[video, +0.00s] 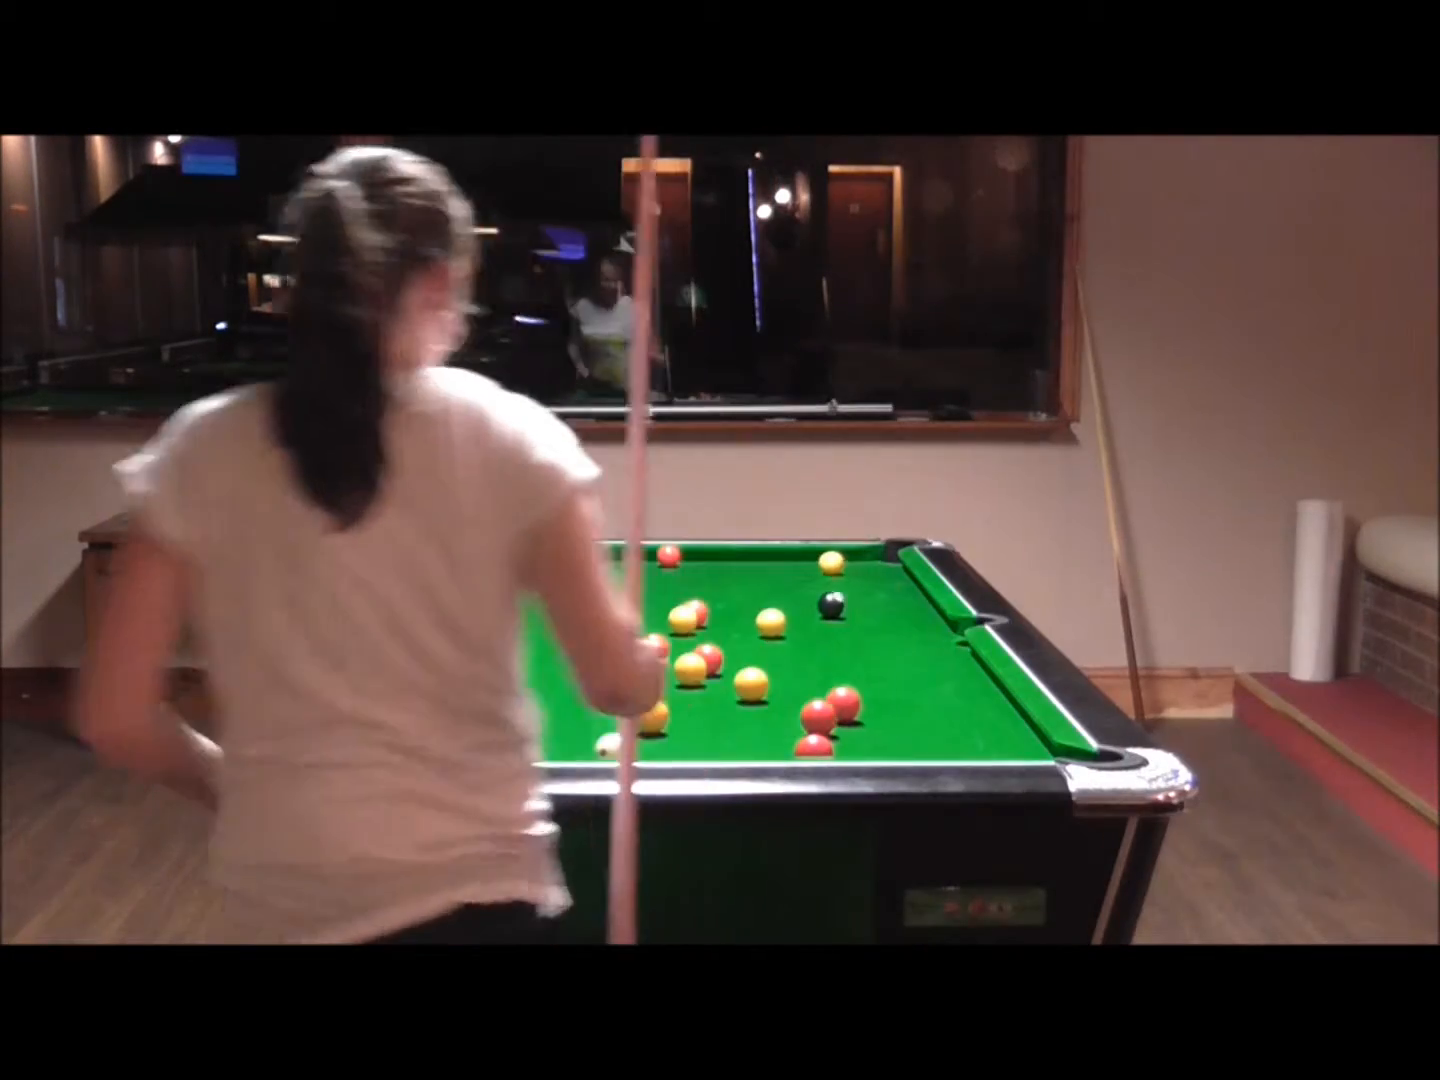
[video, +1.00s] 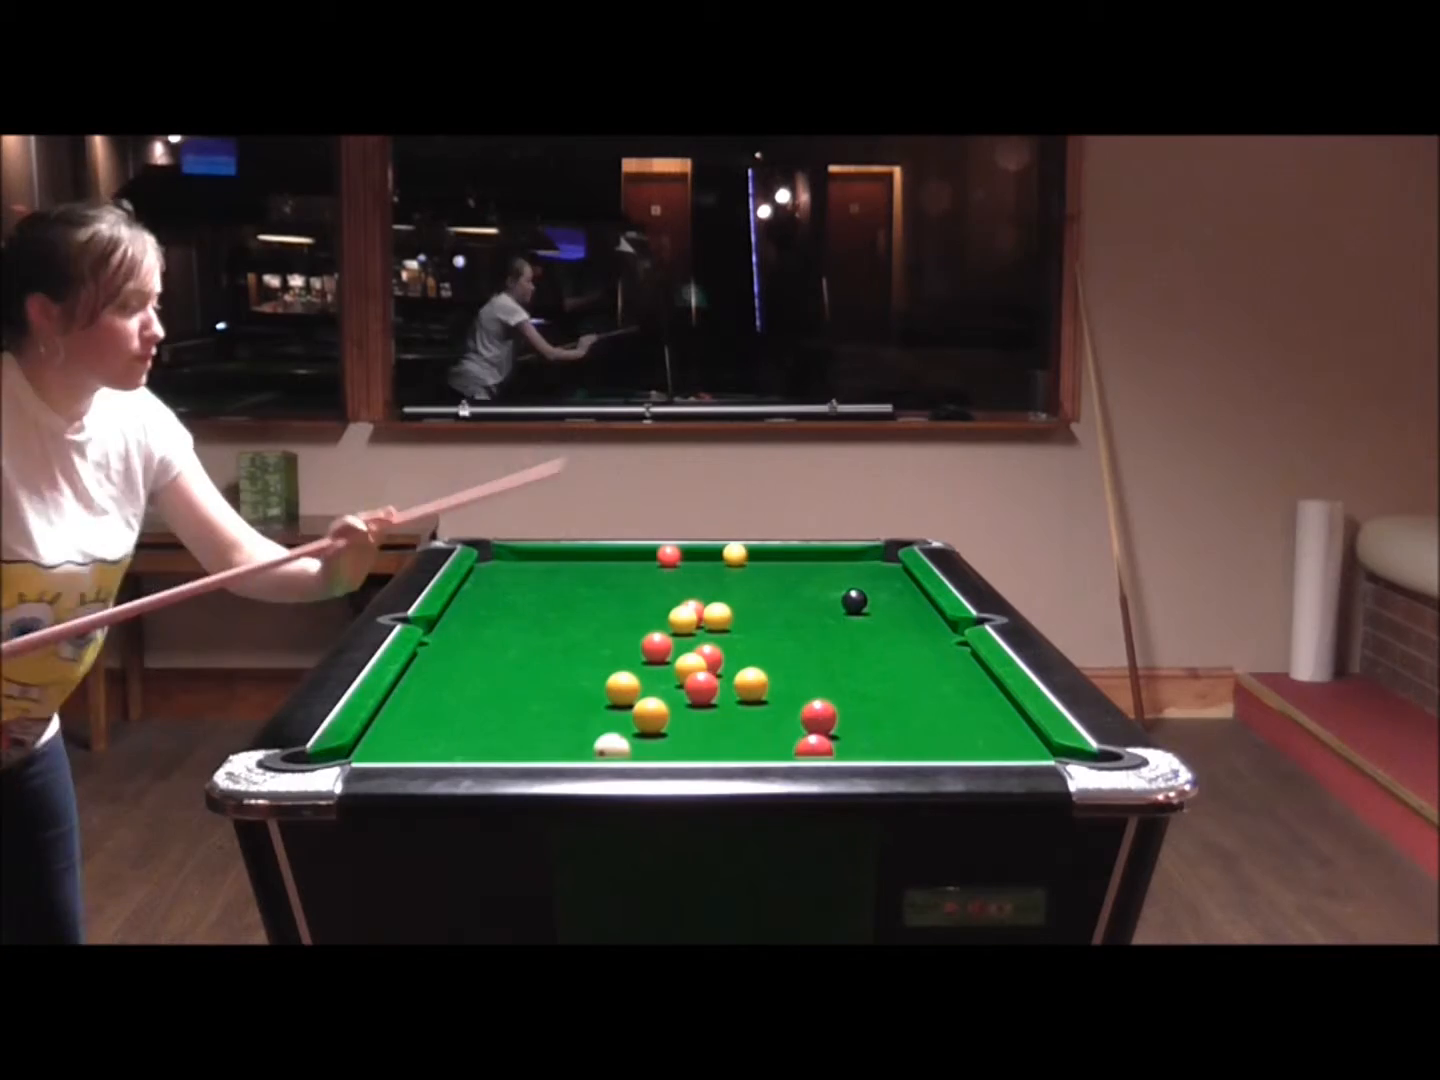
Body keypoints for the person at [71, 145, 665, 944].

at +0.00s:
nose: (464, 309)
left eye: (462, 286)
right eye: (460, 286)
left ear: (305, 283)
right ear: (430, 287)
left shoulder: (203, 448)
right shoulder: (505, 437)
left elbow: (115, 717)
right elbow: (615, 685)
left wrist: (233, 782)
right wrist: (646, 663)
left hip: (280, 900)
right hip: (475, 893)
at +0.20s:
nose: (312, 310)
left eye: (318, 285)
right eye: (310, 283)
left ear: (155, 265)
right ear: (256, 274)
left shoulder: (30, 429)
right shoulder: (313, 411)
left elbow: (18, 664)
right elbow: (376, 633)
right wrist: (475, 677)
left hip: (84, 891)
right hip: (291, 878)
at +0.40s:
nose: (227, 337)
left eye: (225, 312)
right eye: (215, 311)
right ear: (151, 314)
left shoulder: (19, 445)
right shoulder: (184, 443)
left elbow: (73, 645)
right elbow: (166, 653)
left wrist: (235, 616)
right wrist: (308, 723)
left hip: (12, 863)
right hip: (125, 880)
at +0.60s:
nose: (181, 306)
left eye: (175, 280)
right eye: (161, 281)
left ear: (89, 290)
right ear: (88, 288)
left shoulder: (45, 401)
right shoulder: (65, 422)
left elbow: (107, 589)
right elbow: (9, 630)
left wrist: (260, 578)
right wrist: (129, 717)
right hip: (50, 837)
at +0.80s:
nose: (154, 306)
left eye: (150, 280)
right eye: (129, 283)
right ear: (47, 295)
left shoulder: (112, 409)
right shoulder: (8, 415)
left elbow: (227, 545)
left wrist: (320, 521)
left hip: (31, 795)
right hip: (1, 799)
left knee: (45, 934)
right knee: (44, 932)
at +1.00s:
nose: (156, 330)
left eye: (155, 305)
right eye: (131, 308)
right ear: (45, 318)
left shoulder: (140, 424)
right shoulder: (4, 412)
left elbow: (242, 558)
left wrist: (332, 569)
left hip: (30, 746)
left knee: (54, 934)